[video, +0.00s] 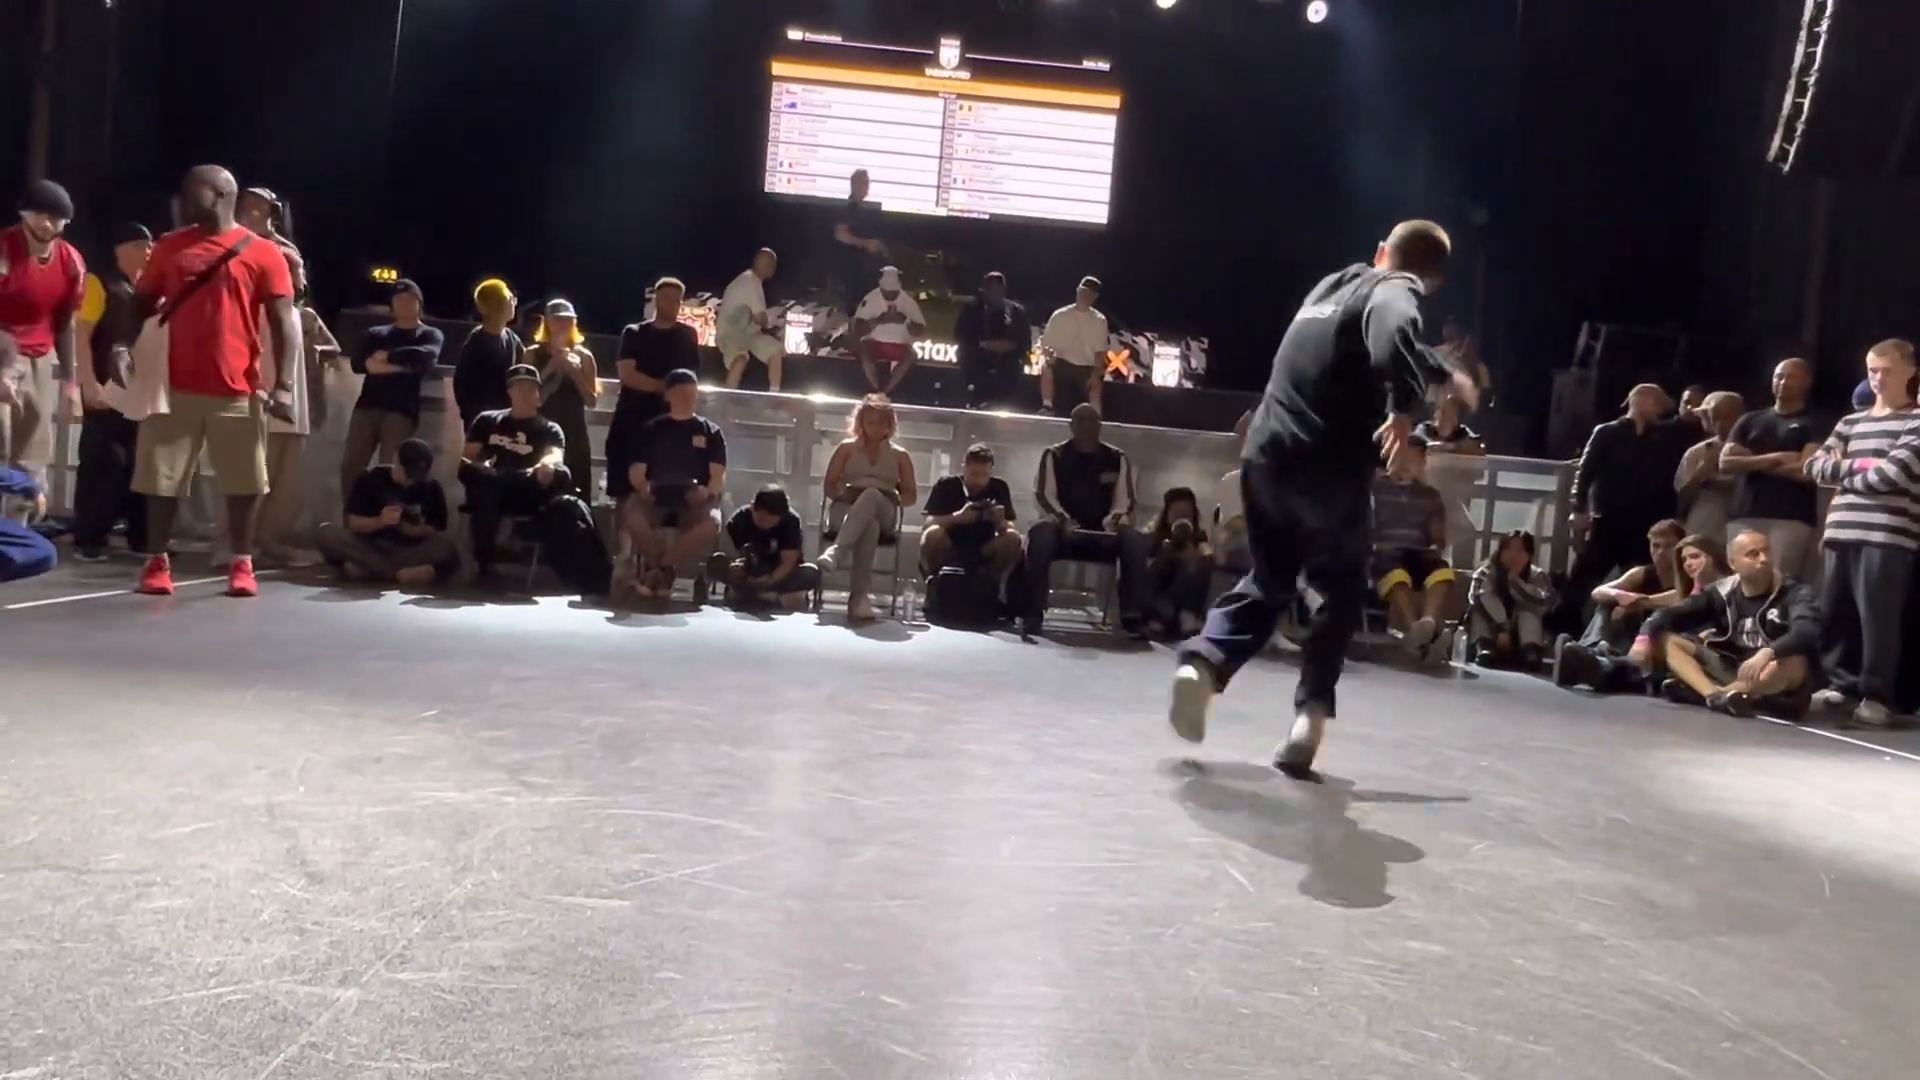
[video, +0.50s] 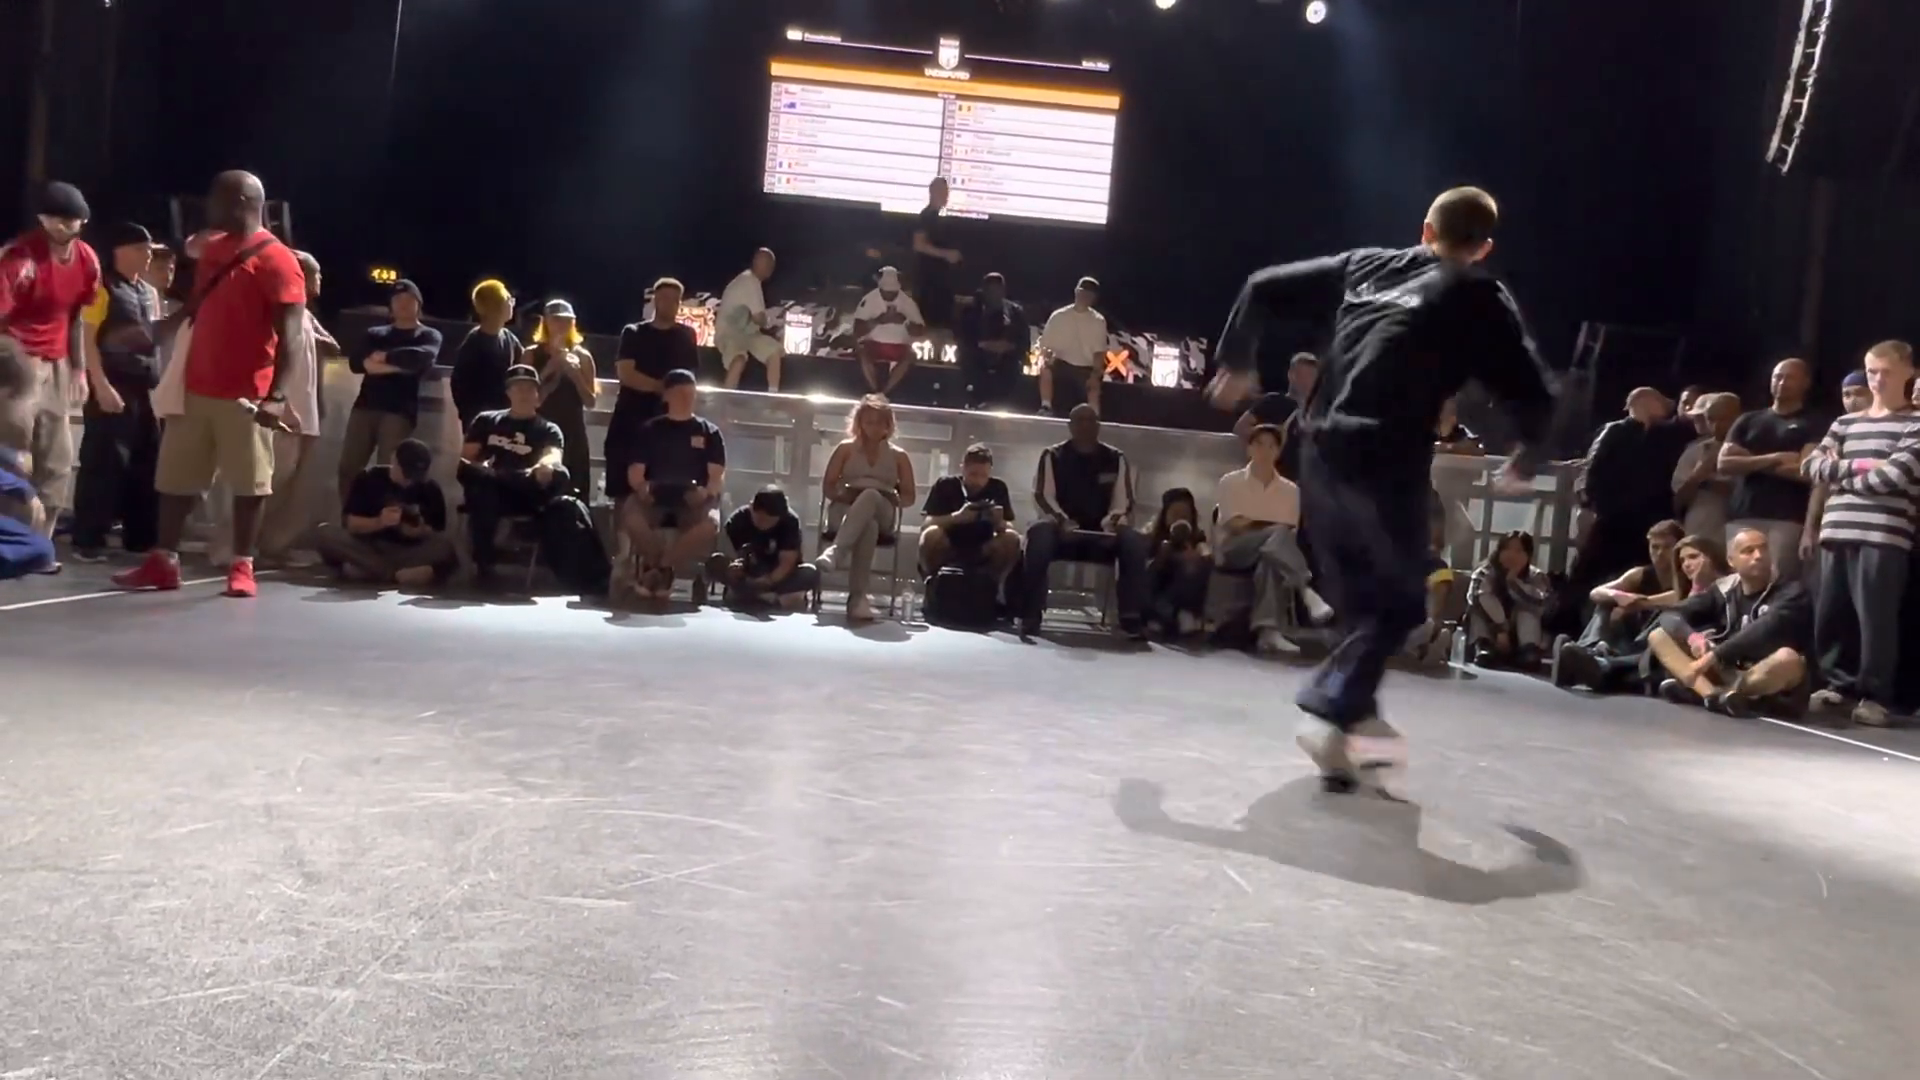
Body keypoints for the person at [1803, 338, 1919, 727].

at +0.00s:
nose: (1875, 379)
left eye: (1884, 372)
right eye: (1871, 372)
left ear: (1909, 373)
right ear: (1867, 374)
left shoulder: (1915, 422)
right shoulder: (1849, 422)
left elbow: (1891, 475)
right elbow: (1815, 466)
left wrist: (1840, 470)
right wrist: (1867, 468)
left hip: (1888, 534)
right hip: (1841, 532)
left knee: (1878, 618)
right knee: (1835, 613)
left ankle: (1876, 697)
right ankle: (1841, 685)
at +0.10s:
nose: (1874, 380)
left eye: (1883, 373)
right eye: (1870, 373)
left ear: (1908, 374)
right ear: (1865, 374)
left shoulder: (1914, 422)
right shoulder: (1848, 422)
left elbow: (1893, 475)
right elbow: (1814, 466)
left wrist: (1839, 473)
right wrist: (1864, 468)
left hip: (1887, 534)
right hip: (1839, 532)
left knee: (1878, 618)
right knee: (1833, 612)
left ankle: (1877, 696)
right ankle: (1841, 685)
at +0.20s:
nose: (1875, 378)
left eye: (1884, 371)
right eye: (1870, 371)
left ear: (1908, 373)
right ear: (1866, 373)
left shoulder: (1915, 422)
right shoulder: (1847, 422)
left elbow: (1893, 475)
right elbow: (1813, 466)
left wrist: (1840, 474)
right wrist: (1862, 468)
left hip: (1886, 534)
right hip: (1838, 533)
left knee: (1877, 616)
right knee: (1832, 612)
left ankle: (1877, 696)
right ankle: (1840, 685)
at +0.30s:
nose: (1875, 378)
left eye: (1884, 370)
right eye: (1871, 371)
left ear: (1908, 373)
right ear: (1866, 372)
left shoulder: (1914, 422)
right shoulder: (1845, 422)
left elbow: (1894, 474)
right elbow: (1812, 466)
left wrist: (1840, 475)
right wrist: (1860, 468)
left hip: (1885, 534)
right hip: (1837, 532)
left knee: (1877, 617)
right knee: (1831, 612)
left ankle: (1877, 697)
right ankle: (1839, 686)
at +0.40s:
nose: (1875, 379)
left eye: (1884, 372)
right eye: (1871, 371)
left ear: (1908, 374)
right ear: (1865, 374)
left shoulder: (1914, 423)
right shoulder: (1845, 423)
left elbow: (1895, 475)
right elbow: (1811, 465)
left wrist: (1840, 477)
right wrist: (1858, 469)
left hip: (1883, 535)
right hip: (1835, 533)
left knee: (1876, 619)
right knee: (1830, 614)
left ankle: (1875, 697)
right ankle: (1837, 686)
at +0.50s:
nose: (1875, 380)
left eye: (1884, 373)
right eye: (1871, 373)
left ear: (1908, 376)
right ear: (1865, 374)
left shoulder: (1913, 424)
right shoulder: (1845, 423)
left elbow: (1895, 476)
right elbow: (1811, 464)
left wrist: (1841, 476)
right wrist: (1858, 469)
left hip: (1883, 535)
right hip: (1835, 533)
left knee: (1876, 619)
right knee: (1830, 614)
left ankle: (1875, 697)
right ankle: (1837, 685)